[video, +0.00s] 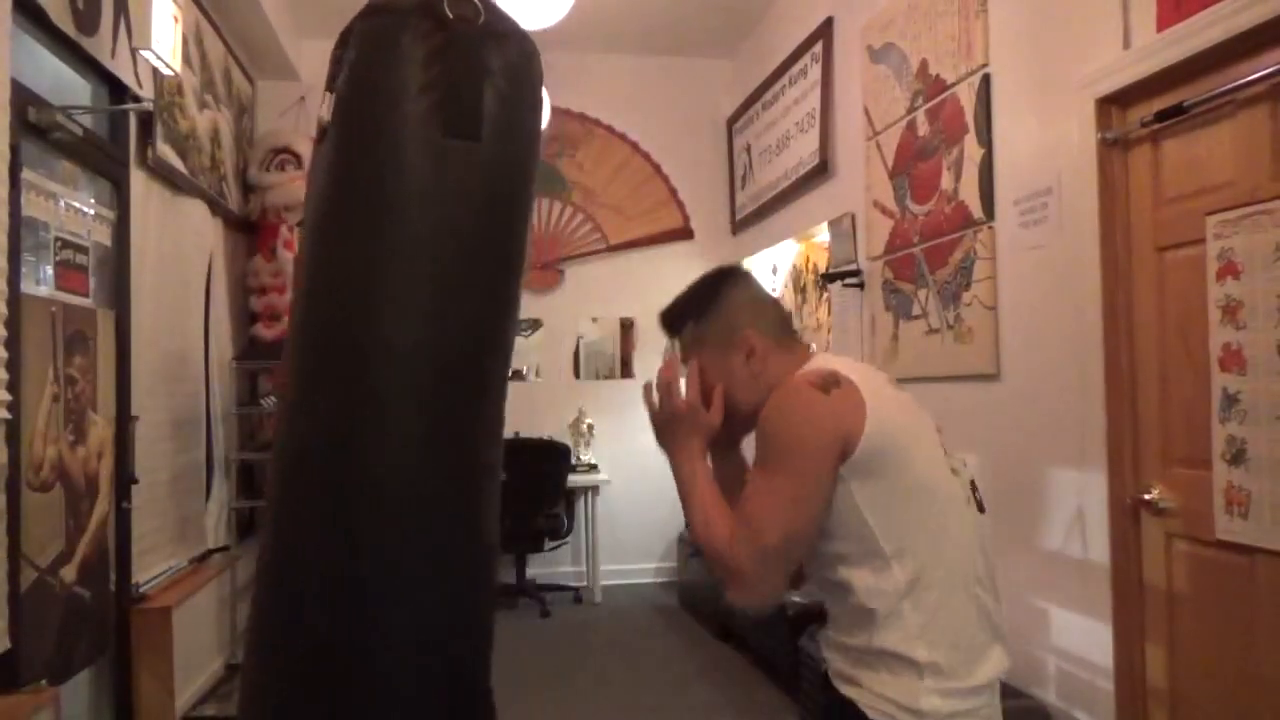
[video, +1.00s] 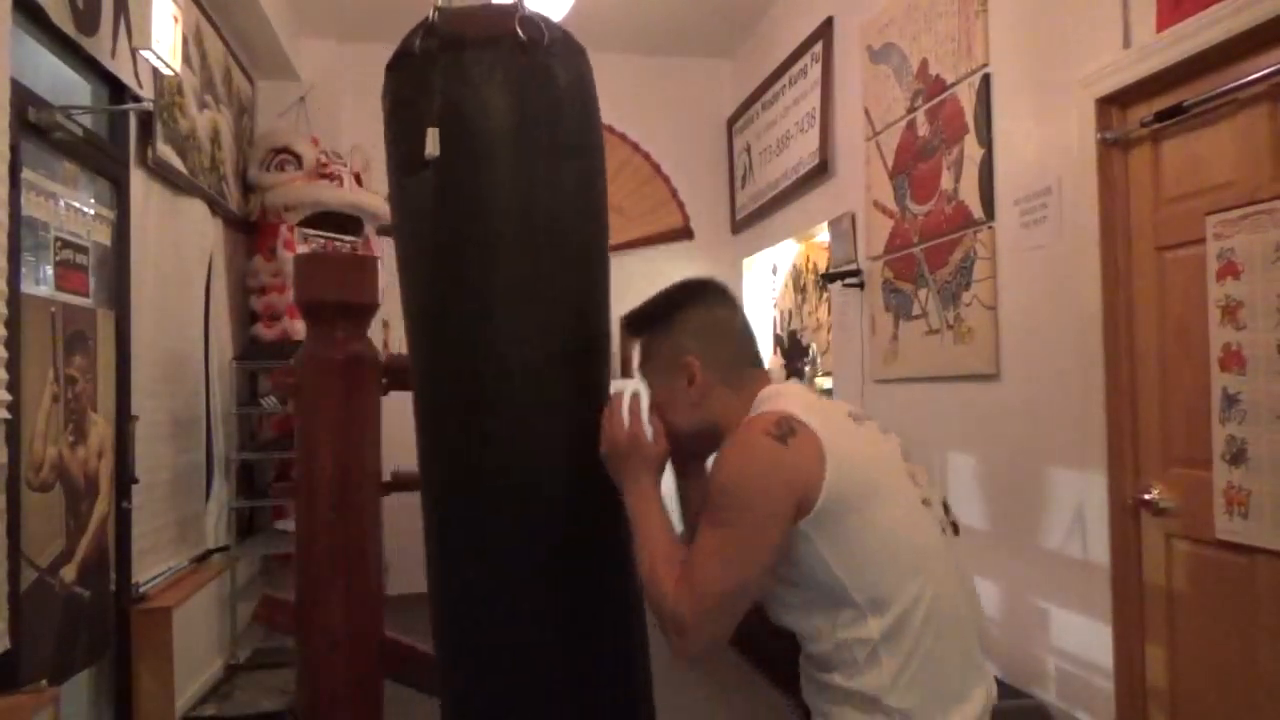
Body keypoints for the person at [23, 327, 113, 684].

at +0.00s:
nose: (69, 391)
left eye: (75, 381)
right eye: (64, 383)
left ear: (91, 385)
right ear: (60, 389)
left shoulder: (105, 431)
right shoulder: (62, 437)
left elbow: (105, 501)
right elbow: (38, 481)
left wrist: (76, 562)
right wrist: (46, 401)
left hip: (104, 551)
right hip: (74, 550)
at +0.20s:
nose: (69, 391)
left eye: (75, 381)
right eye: (64, 383)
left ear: (90, 383)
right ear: (60, 388)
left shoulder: (105, 431)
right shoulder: (63, 436)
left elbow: (105, 501)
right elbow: (38, 480)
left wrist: (76, 562)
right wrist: (46, 401)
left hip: (104, 550)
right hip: (75, 549)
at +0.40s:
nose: (69, 391)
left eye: (74, 382)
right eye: (63, 383)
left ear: (90, 384)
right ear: (60, 390)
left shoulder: (104, 431)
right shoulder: (62, 435)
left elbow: (104, 502)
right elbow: (39, 480)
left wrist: (76, 563)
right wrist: (45, 401)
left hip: (104, 549)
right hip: (75, 547)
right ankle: (55, 687)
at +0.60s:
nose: (69, 391)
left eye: (75, 382)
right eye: (64, 383)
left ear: (91, 385)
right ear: (60, 389)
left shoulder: (104, 431)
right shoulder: (63, 437)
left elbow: (104, 502)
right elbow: (38, 480)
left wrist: (76, 562)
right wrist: (47, 399)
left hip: (104, 548)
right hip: (75, 548)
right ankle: (58, 687)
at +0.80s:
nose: (70, 391)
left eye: (76, 382)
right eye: (64, 383)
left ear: (91, 385)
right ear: (61, 389)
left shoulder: (104, 431)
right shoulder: (63, 437)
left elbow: (104, 502)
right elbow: (38, 480)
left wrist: (76, 563)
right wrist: (46, 401)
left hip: (104, 548)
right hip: (76, 548)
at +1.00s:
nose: (70, 391)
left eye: (76, 381)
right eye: (64, 383)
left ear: (91, 385)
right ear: (60, 389)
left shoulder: (104, 431)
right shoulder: (63, 438)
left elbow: (105, 501)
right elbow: (38, 480)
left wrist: (76, 563)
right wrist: (47, 400)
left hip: (106, 548)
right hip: (76, 549)